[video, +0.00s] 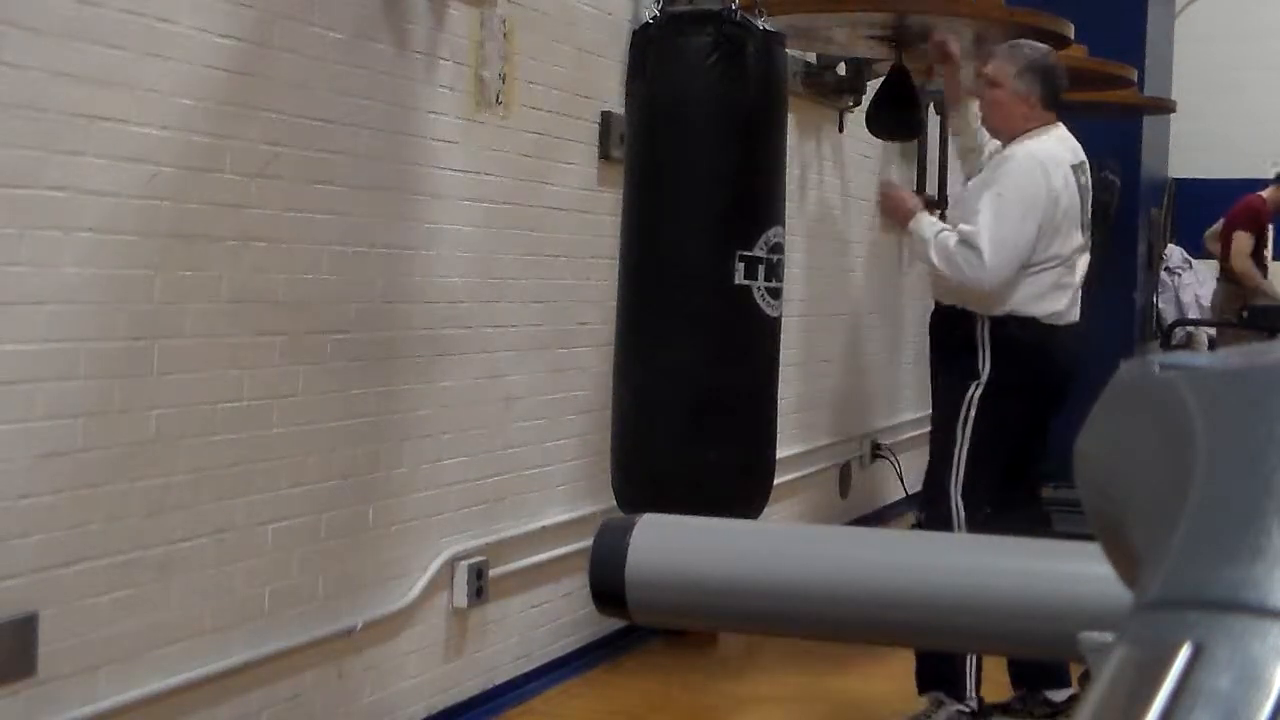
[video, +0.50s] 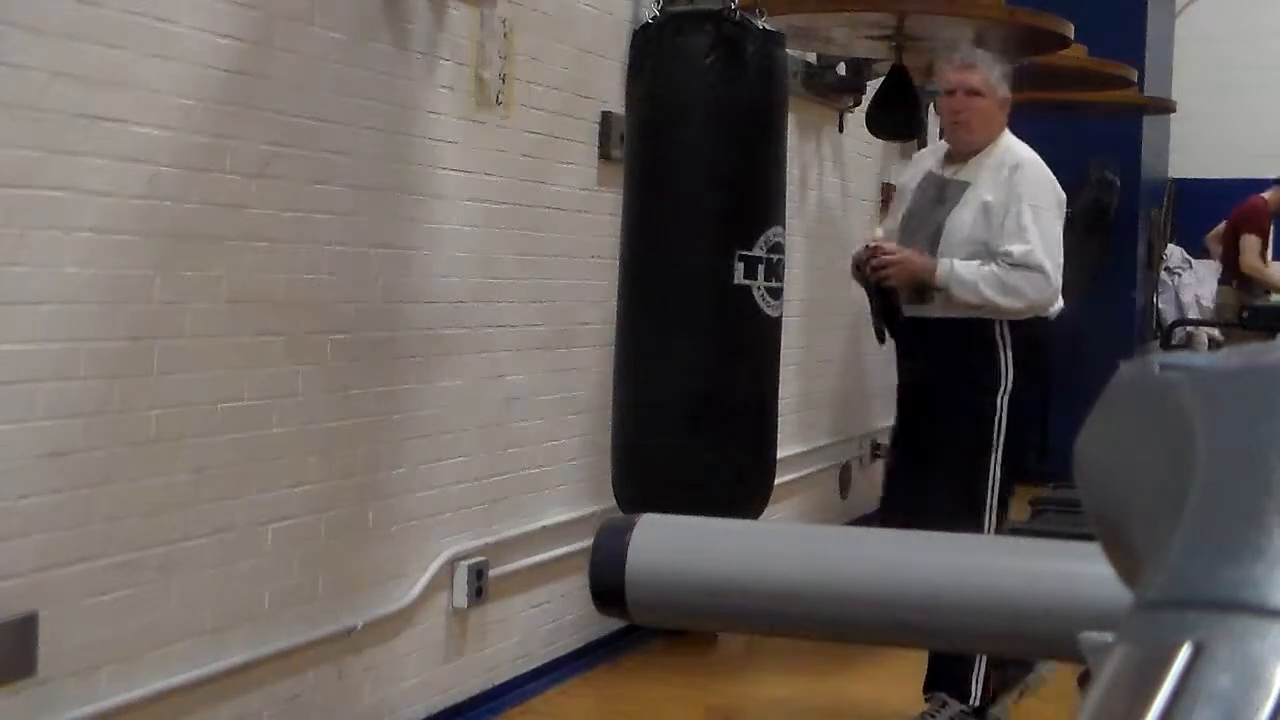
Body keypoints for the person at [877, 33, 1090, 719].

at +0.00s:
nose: (979, 99)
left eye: (991, 87)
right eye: (980, 86)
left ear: (1030, 97)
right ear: (1032, 98)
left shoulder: (1027, 165)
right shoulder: (1058, 149)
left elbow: (982, 268)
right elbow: (978, 177)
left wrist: (917, 221)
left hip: (999, 344)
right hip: (1039, 341)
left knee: (951, 503)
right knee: (1017, 502)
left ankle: (951, 693)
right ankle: (1044, 682)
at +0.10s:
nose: (978, 100)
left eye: (991, 89)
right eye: (978, 88)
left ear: (1029, 99)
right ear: (1018, 99)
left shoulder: (1032, 164)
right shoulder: (1032, 153)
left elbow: (989, 272)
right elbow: (965, 208)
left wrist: (918, 219)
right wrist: (928, 143)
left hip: (1000, 348)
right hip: (1015, 343)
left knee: (954, 511)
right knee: (1011, 509)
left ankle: (950, 691)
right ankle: (1044, 683)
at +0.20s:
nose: (974, 101)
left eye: (989, 90)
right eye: (973, 89)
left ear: (1028, 101)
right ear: (979, 96)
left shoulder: (1035, 168)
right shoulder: (1003, 160)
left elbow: (999, 276)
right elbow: (970, 229)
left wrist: (917, 228)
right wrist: (912, 213)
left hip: (1007, 352)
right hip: (984, 344)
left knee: (958, 513)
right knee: (1007, 513)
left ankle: (951, 689)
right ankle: (1044, 683)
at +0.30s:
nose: (968, 100)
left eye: (984, 90)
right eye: (964, 89)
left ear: (1020, 102)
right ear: (959, 98)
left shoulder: (1034, 171)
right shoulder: (974, 164)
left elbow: (1016, 279)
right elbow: (958, 249)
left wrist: (920, 252)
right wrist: (905, 243)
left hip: (1007, 356)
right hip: (965, 351)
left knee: (959, 518)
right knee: (993, 518)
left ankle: (954, 691)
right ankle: (1042, 684)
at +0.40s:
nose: (959, 105)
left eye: (976, 93)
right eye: (952, 93)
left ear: (1012, 103)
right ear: (945, 100)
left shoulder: (1029, 173)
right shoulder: (944, 162)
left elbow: (1034, 284)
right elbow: (933, 246)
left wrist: (925, 266)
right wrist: (894, 259)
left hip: (996, 351)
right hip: (941, 346)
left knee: (967, 522)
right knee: (955, 517)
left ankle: (954, 691)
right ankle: (1031, 673)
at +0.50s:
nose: (952, 106)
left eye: (969, 94)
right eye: (944, 94)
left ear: (1004, 104)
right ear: (937, 103)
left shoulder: (1026, 174)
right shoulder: (926, 167)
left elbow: (1038, 284)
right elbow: (901, 254)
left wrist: (933, 271)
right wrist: (875, 264)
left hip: (988, 364)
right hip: (925, 359)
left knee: (967, 523)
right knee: (910, 513)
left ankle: (958, 691)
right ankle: (1000, 651)